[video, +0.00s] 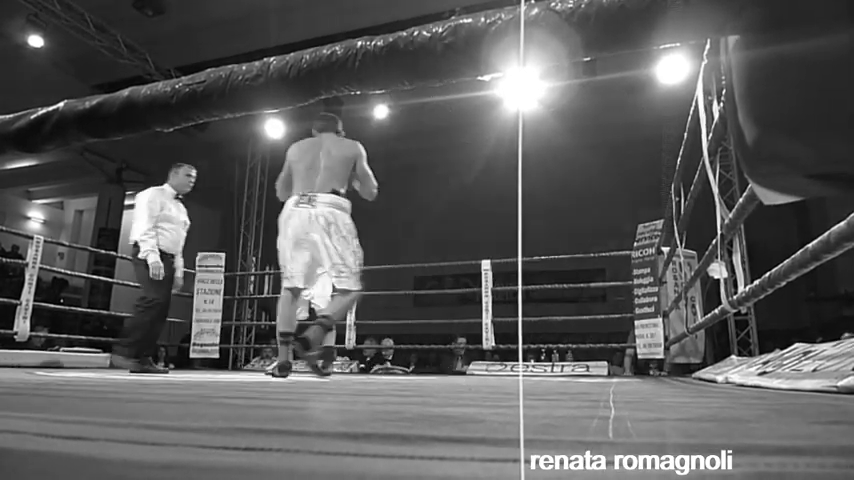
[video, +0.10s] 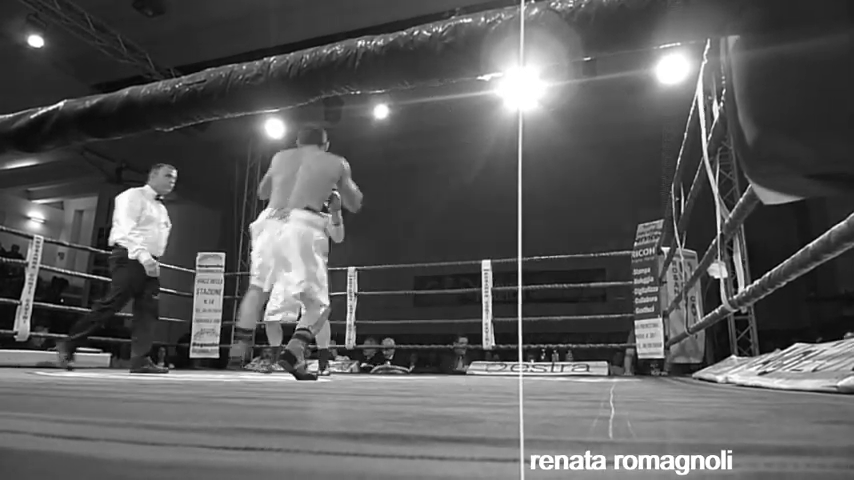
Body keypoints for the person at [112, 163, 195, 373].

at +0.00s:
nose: (192, 182)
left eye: (194, 179)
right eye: (189, 176)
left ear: (192, 183)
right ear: (174, 174)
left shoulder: (181, 210)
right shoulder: (151, 195)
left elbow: (178, 245)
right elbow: (143, 228)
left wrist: (179, 270)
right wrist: (152, 255)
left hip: (168, 258)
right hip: (148, 253)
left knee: (161, 305)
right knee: (153, 299)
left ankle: (144, 356)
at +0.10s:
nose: (173, 182)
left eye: (174, 180)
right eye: (169, 177)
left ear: (173, 184)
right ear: (153, 175)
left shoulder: (160, 209)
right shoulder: (131, 196)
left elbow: (154, 237)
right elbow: (125, 232)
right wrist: (142, 255)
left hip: (149, 260)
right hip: (127, 255)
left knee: (147, 311)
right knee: (112, 304)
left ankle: (140, 359)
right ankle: (68, 344)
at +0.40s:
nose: (127, 186)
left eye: (129, 183)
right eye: (124, 180)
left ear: (127, 186)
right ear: (109, 177)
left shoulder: (114, 212)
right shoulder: (83, 199)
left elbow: (108, 244)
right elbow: (78, 235)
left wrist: (107, 267)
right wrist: (89, 264)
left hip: (99, 260)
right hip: (75, 257)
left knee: (107, 310)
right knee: (63, 308)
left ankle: (121, 360)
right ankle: (41, 356)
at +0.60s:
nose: (105, 181)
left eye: (107, 178)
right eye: (101, 175)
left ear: (107, 182)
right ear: (85, 173)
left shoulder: (94, 209)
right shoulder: (62, 195)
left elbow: (90, 246)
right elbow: (38, 228)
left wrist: (95, 272)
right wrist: (28, 258)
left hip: (81, 261)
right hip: (58, 255)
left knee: (80, 306)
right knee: (52, 305)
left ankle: (52, 351)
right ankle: (39, 355)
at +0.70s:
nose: (98, 182)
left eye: (100, 179)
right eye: (94, 177)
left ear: (98, 182)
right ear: (77, 174)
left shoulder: (88, 211)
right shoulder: (55, 195)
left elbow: (85, 246)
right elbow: (27, 226)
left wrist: (90, 271)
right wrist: (10, 258)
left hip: (73, 260)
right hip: (52, 254)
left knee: (64, 308)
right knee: (50, 304)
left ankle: (24, 346)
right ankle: (38, 355)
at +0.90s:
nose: (86, 185)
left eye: (87, 182)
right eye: (82, 180)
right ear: (66, 178)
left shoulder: (76, 213)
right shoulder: (38, 197)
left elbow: (75, 246)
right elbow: (11, 230)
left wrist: (77, 272)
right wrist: (2, 256)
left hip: (55, 261)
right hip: (34, 254)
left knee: (27, 307)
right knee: (45, 303)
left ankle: (5, 352)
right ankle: (39, 356)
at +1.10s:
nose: (78, 184)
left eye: (79, 181)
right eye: (74, 179)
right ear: (58, 177)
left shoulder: (67, 211)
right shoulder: (28, 195)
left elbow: (64, 245)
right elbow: (5, 230)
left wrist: (63, 271)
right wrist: (3, 262)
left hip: (46, 261)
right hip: (23, 254)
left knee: (34, 305)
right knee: (26, 297)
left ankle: (15, 351)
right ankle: (10, 352)